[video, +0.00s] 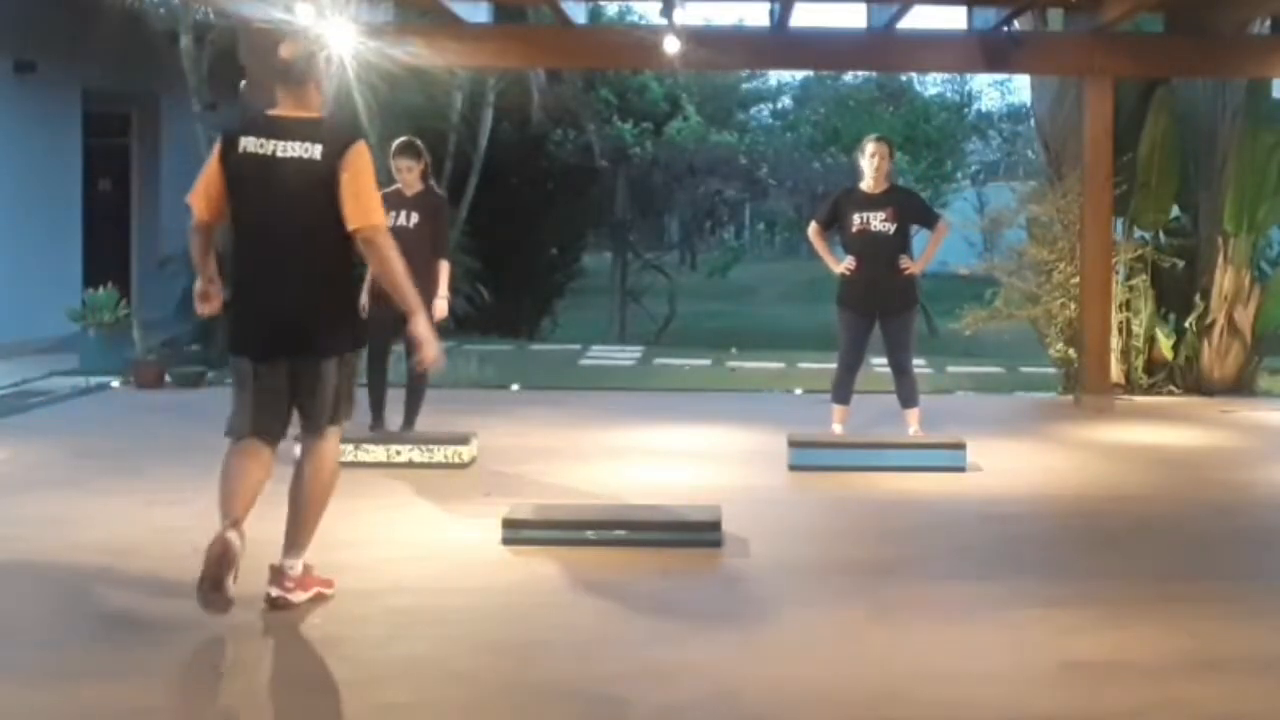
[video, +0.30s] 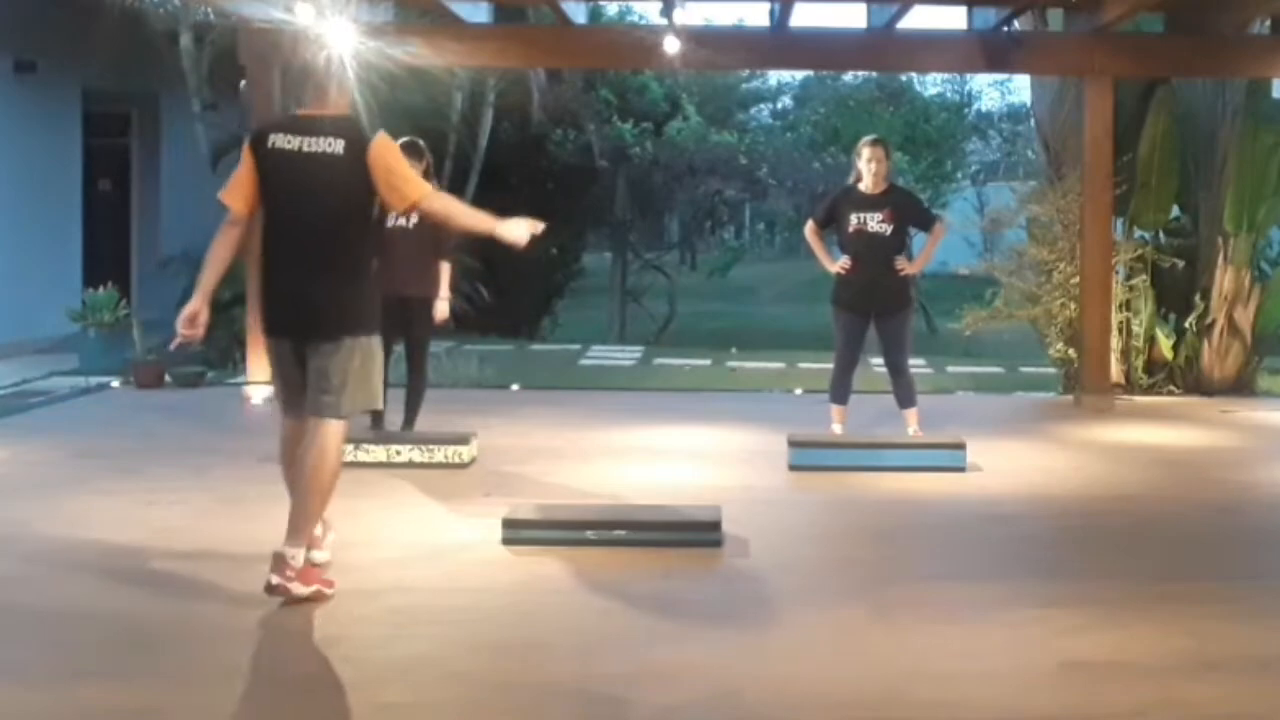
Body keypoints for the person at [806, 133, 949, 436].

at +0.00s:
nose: (876, 162)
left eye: (882, 157)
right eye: (871, 156)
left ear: (890, 162)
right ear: (861, 160)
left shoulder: (905, 198)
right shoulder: (844, 199)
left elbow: (941, 226)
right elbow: (814, 230)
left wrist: (922, 264)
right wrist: (834, 263)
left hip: (897, 287)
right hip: (856, 287)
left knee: (901, 361)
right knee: (848, 359)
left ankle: (914, 429)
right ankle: (837, 429)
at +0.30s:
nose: (873, 166)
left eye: (878, 160)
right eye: (868, 160)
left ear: (887, 163)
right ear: (858, 164)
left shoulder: (901, 199)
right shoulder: (842, 198)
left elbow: (938, 227)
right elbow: (811, 228)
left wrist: (919, 264)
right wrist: (829, 262)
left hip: (892, 287)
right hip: (852, 286)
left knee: (897, 361)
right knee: (845, 358)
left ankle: (913, 429)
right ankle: (837, 429)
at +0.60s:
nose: (861, 167)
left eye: (866, 161)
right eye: (856, 162)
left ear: (880, 162)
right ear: (851, 166)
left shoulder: (896, 198)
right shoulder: (839, 197)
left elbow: (928, 233)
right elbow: (802, 225)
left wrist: (909, 264)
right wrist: (821, 260)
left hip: (883, 287)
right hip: (844, 287)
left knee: (893, 360)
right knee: (842, 357)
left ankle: (914, 427)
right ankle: (838, 428)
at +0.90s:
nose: (855, 168)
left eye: (861, 163)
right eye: (851, 162)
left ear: (873, 166)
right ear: (845, 165)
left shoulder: (887, 201)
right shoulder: (829, 199)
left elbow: (916, 229)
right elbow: (791, 225)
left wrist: (899, 260)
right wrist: (812, 260)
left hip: (875, 287)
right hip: (836, 287)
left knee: (889, 358)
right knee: (838, 358)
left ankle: (905, 422)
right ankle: (837, 426)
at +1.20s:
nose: (869, 172)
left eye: (874, 166)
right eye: (864, 165)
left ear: (881, 166)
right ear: (852, 165)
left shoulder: (894, 199)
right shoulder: (836, 199)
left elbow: (923, 228)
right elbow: (801, 230)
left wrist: (910, 258)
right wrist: (823, 262)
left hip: (886, 289)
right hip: (847, 289)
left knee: (884, 360)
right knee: (844, 358)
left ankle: (888, 424)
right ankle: (838, 424)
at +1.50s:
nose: (884, 175)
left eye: (889, 169)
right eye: (879, 169)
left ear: (895, 170)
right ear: (866, 168)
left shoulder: (904, 200)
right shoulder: (848, 200)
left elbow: (940, 228)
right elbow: (815, 233)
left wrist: (922, 262)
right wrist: (836, 268)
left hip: (899, 289)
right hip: (862, 289)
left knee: (890, 360)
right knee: (863, 357)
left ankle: (889, 426)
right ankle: (845, 424)